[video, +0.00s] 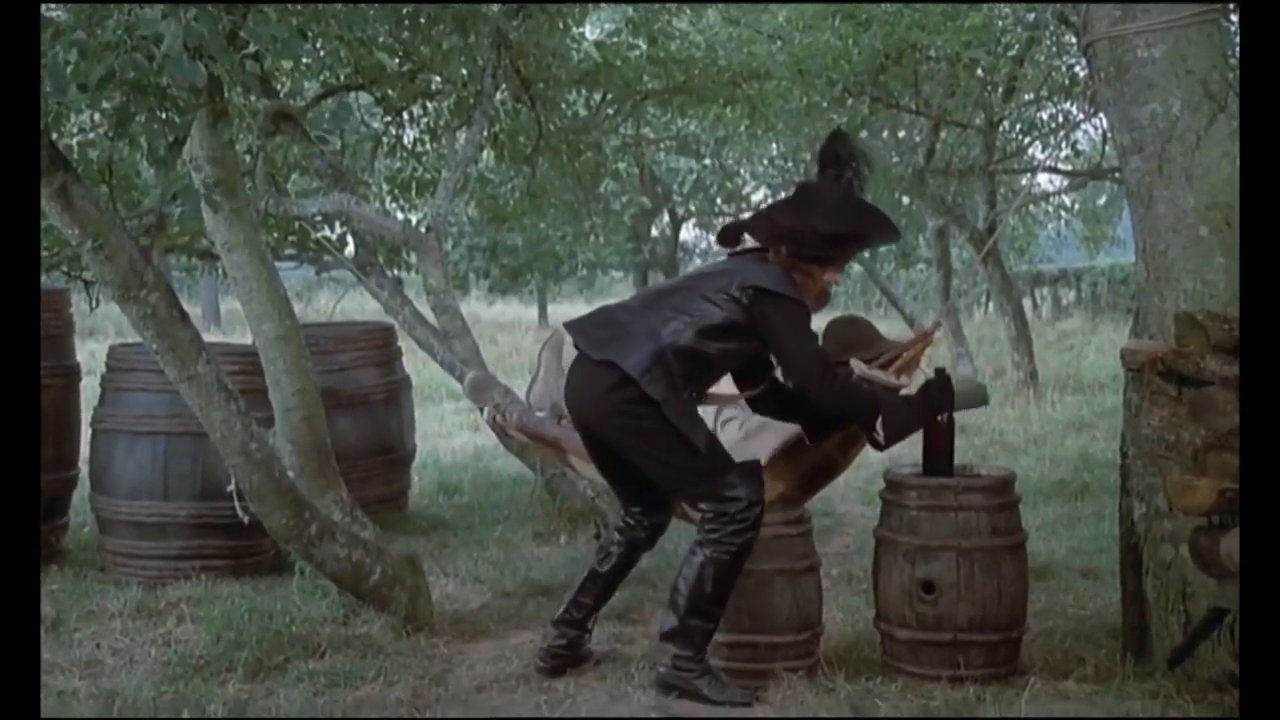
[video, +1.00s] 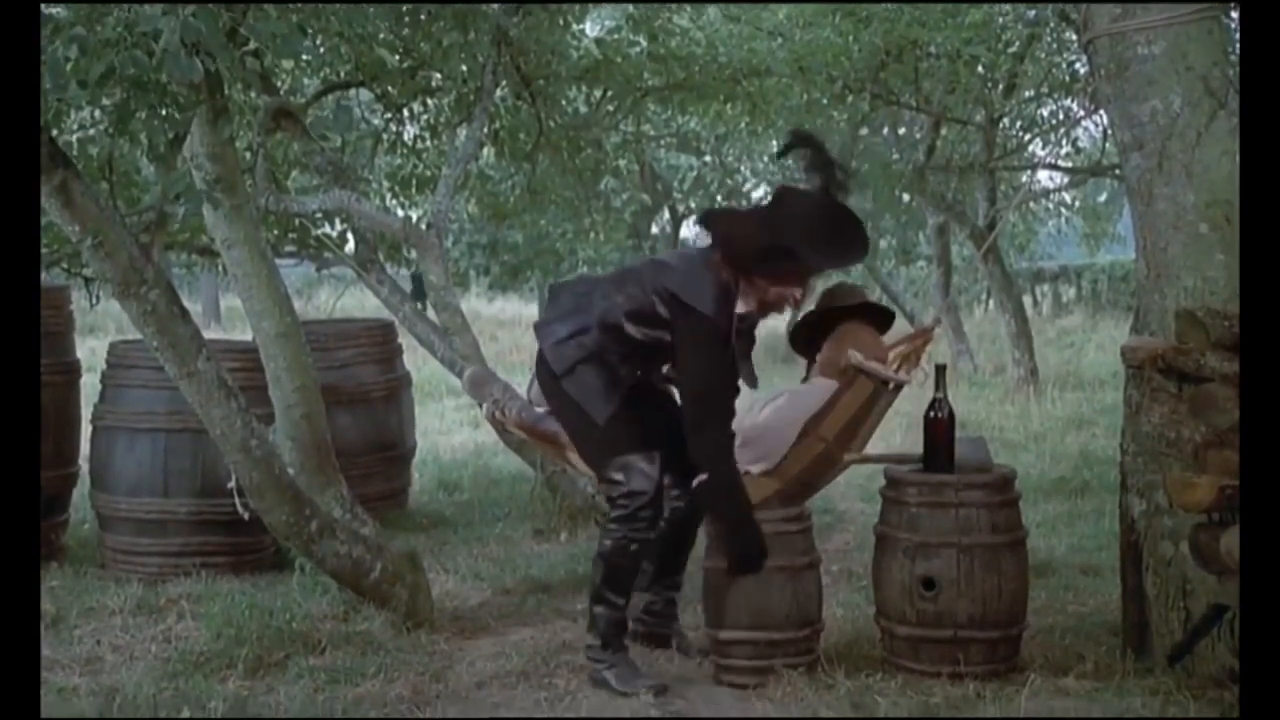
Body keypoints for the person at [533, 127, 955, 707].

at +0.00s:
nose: (837, 285)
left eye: (842, 272)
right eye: (836, 271)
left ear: (783, 254)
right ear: (803, 263)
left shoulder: (736, 277)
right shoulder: (772, 290)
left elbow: (764, 395)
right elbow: (820, 381)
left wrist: (842, 402)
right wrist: (883, 399)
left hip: (588, 381)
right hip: (627, 390)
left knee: (645, 511)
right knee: (736, 500)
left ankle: (564, 639)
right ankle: (685, 663)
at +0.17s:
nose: (840, 288)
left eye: (844, 276)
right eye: (839, 275)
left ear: (788, 254)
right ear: (809, 265)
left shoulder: (742, 279)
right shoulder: (770, 290)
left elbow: (783, 397)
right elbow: (819, 386)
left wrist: (863, 440)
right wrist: (892, 412)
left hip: (590, 379)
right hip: (629, 388)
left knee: (647, 512)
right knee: (735, 502)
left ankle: (565, 638)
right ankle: (684, 662)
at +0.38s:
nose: (834, 280)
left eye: (839, 268)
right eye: (830, 265)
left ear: (778, 242)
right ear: (792, 251)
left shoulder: (742, 266)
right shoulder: (764, 279)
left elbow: (785, 382)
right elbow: (815, 383)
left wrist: (853, 421)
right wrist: (890, 405)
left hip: (594, 371)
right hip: (622, 381)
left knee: (674, 492)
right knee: (730, 496)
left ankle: (583, 611)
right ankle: (683, 660)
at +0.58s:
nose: (822, 269)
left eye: (829, 258)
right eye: (819, 256)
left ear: (776, 237)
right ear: (790, 246)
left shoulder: (735, 259)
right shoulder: (745, 272)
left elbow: (750, 373)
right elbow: (767, 375)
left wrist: (818, 419)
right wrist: (834, 415)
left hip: (593, 354)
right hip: (605, 362)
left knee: (688, 482)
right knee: (702, 487)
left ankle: (638, 619)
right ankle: (683, 659)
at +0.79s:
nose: (808, 269)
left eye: (814, 257)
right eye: (803, 255)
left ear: (778, 246)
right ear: (769, 242)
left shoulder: (743, 276)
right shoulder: (711, 275)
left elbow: (730, 386)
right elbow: (732, 397)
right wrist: (817, 459)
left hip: (625, 352)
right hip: (587, 349)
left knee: (690, 469)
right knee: (669, 472)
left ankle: (636, 621)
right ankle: (647, 640)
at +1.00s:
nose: (800, 299)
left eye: (808, 285)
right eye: (795, 282)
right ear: (760, 268)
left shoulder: (729, 297)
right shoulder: (704, 304)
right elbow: (710, 442)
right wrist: (742, 538)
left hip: (630, 365)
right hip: (575, 358)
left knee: (689, 481)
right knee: (639, 485)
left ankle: (654, 619)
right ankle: (606, 652)